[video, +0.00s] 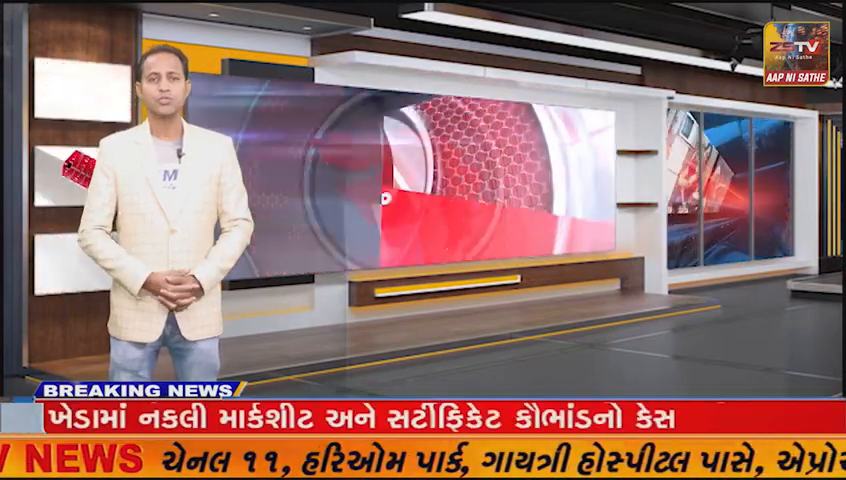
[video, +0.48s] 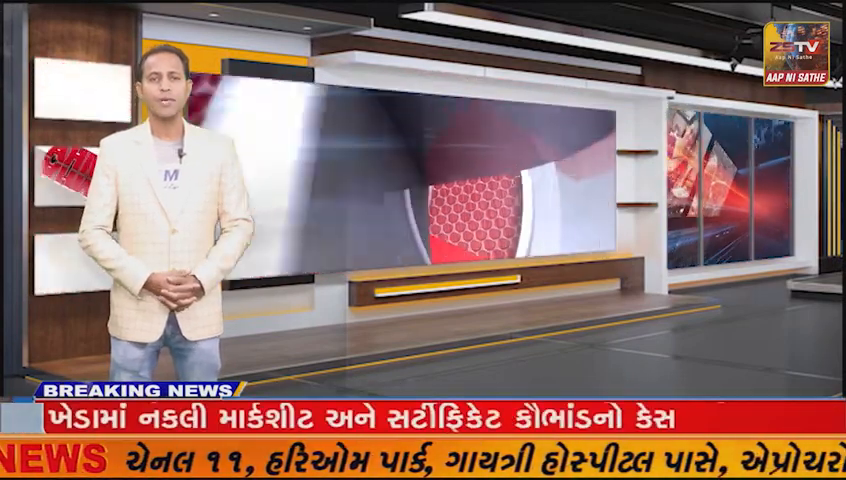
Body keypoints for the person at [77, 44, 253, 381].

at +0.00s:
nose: (164, 86)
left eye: (173, 77)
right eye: (153, 78)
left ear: (187, 88)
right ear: (139, 89)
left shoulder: (218, 147)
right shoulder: (115, 149)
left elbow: (239, 224)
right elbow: (91, 232)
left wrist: (201, 279)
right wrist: (145, 279)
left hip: (198, 310)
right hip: (134, 311)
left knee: (204, 420)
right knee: (126, 421)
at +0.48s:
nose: (165, 86)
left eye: (174, 77)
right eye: (154, 78)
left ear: (188, 87)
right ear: (140, 89)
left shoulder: (219, 148)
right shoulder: (115, 148)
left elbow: (239, 223)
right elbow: (92, 232)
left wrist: (202, 279)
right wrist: (145, 279)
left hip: (199, 310)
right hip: (135, 311)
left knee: (205, 420)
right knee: (127, 422)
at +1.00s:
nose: (164, 87)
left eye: (174, 78)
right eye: (154, 79)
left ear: (188, 87)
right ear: (140, 90)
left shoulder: (219, 147)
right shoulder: (115, 148)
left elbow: (239, 224)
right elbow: (92, 232)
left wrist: (201, 279)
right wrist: (146, 279)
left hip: (199, 310)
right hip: (135, 310)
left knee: (204, 418)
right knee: (126, 419)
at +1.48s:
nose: (164, 87)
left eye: (174, 78)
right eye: (154, 79)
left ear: (188, 88)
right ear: (140, 90)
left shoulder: (219, 147)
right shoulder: (115, 148)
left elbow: (238, 225)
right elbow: (92, 232)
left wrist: (202, 279)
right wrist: (145, 279)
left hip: (199, 309)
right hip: (135, 310)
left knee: (204, 420)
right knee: (125, 421)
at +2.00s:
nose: (163, 88)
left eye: (173, 78)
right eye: (153, 79)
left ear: (187, 87)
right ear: (140, 90)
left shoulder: (219, 147)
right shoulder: (115, 148)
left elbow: (238, 225)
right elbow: (92, 232)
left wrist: (202, 280)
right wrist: (145, 279)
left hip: (199, 309)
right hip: (135, 310)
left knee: (204, 419)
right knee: (125, 420)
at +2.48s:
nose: (163, 89)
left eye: (173, 79)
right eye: (153, 80)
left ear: (187, 88)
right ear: (140, 90)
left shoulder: (219, 148)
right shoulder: (115, 149)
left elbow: (239, 225)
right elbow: (92, 232)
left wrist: (201, 280)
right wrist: (144, 280)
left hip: (198, 310)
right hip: (135, 311)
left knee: (205, 420)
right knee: (125, 420)